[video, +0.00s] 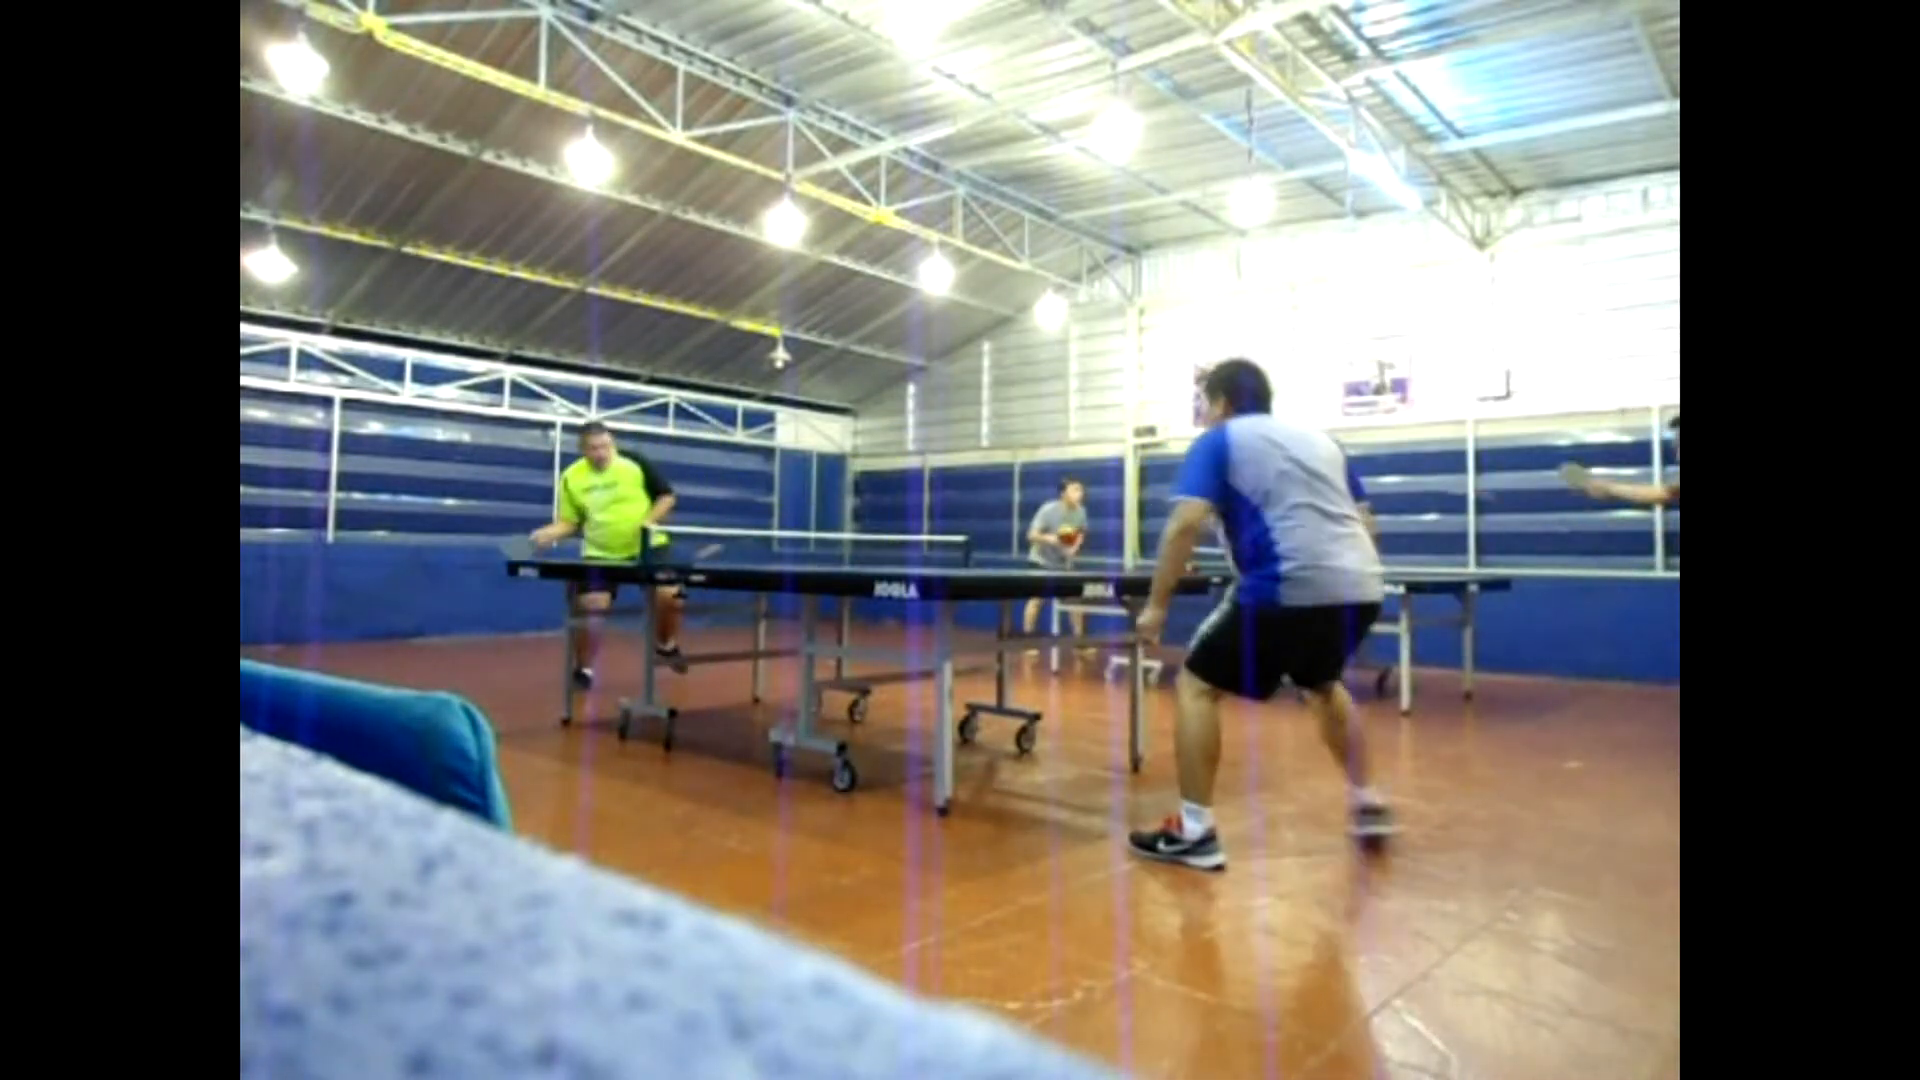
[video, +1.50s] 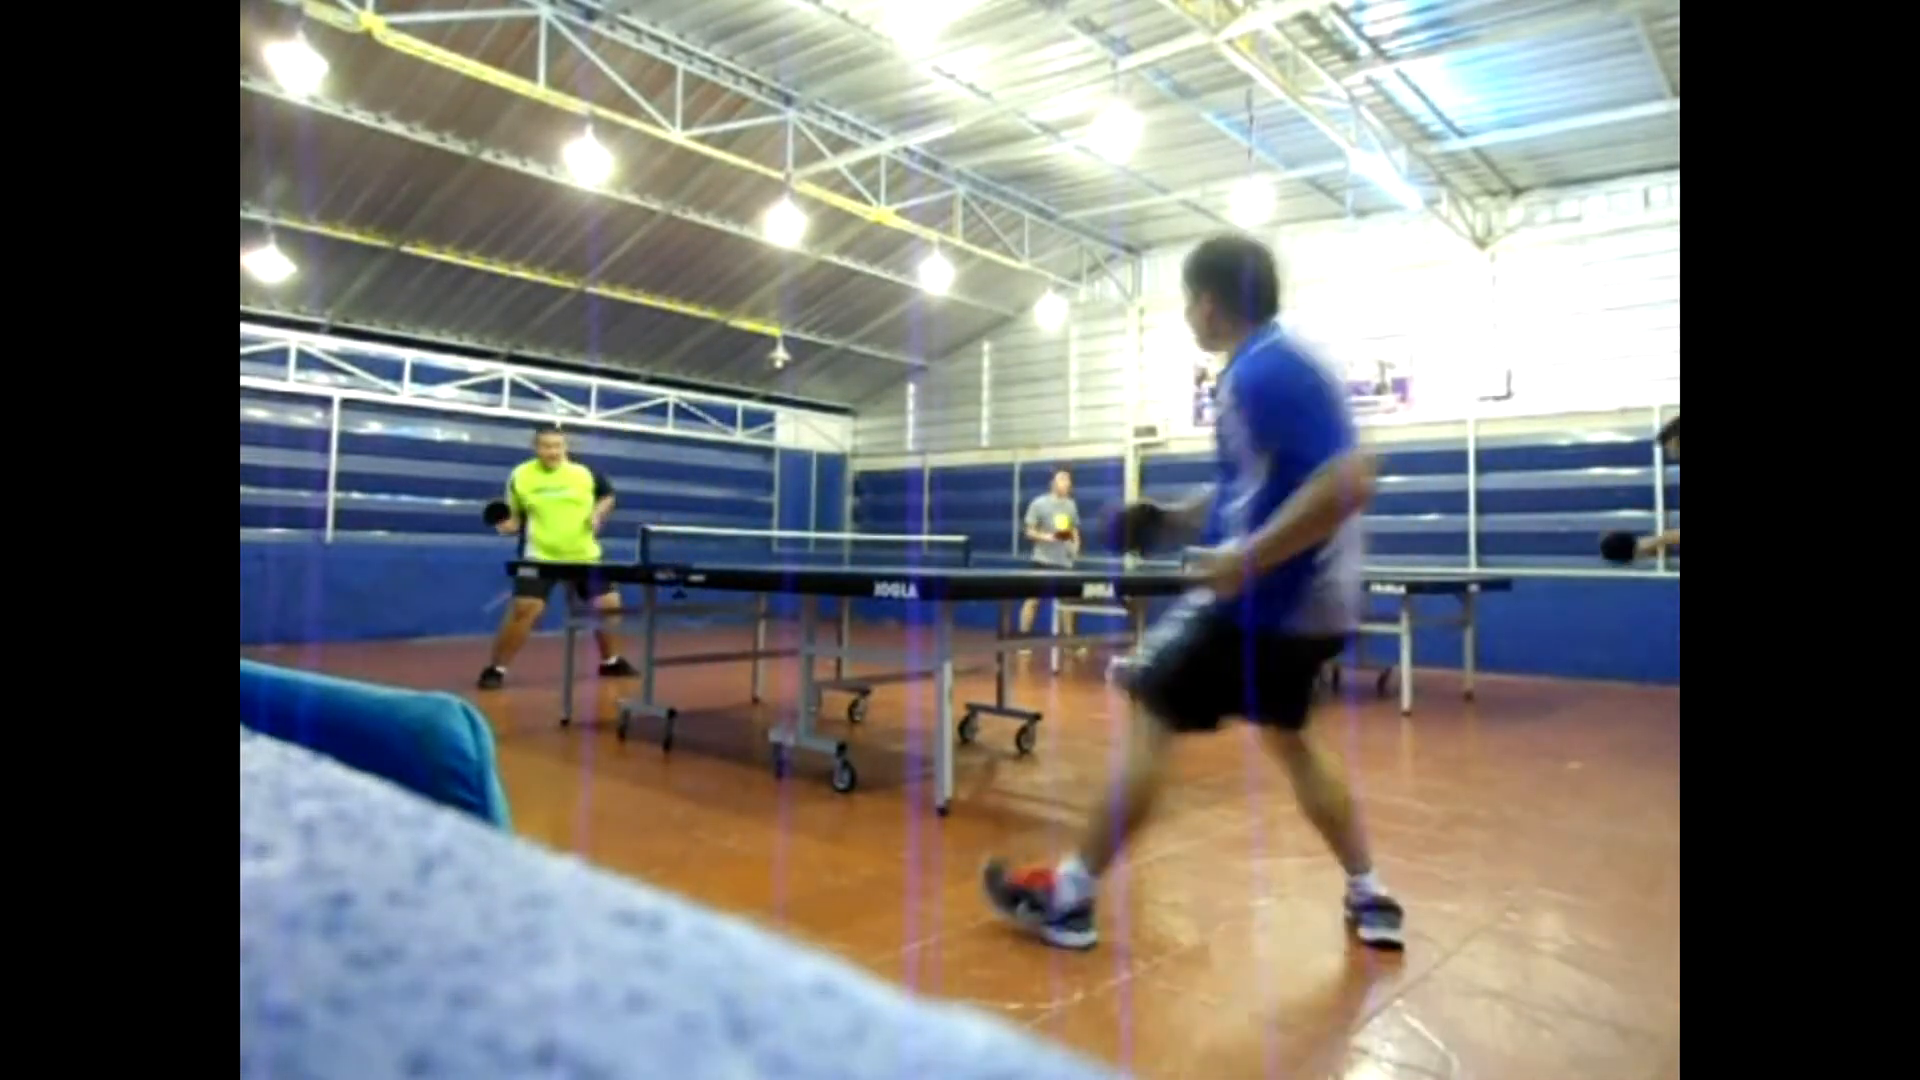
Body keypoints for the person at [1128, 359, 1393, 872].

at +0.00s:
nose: (1201, 414)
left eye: (1204, 403)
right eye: (1201, 403)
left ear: (1224, 402)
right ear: (1264, 401)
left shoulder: (1217, 442)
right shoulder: (1320, 442)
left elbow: (1187, 523)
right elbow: (1364, 520)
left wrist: (1156, 608)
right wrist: (1363, 586)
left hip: (1283, 592)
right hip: (1359, 591)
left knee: (1197, 686)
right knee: (1323, 682)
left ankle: (1193, 828)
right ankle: (1366, 799)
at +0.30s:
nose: (1268, 388)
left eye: (1273, 376)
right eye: (1269, 376)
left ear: (1295, 376)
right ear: (1331, 379)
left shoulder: (1301, 412)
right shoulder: (1367, 423)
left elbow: (1313, 472)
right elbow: (1386, 508)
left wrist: (1275, 568)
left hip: (1346, 589)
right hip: (1412, 591)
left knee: (1240, 669)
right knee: (1404, 703)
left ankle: (1228, 821)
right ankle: (1466, 821)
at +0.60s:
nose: (1264, 393)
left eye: (1268, 383)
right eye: (1265, 383)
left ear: (1287, 379)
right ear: (1327, 380)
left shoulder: (1289, 412)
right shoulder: (1376, 439)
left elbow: (1258, 476)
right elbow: (1379, 520)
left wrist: (1197, 534)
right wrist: (1279, 527)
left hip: (1317, 594)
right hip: (1391, 599)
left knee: (1231, 698)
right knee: (1386, 712)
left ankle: (1206, 859)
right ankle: (1447, 826)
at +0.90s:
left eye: (1245, 403)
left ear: (1248, 405)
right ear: (1311, 413)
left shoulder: (1198, 444)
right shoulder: (1317, 443)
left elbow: (1123, 490)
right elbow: (1327, 508)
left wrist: (1184, 521)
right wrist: (1397, 606)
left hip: (1164, 624)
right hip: (1260, 627)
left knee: (1126, 754)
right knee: (1321, 725)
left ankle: (1074, 871)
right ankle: (1363, 843)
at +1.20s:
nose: (1132, 353)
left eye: (1130, 342)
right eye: (1134, 342)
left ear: (1139, 341)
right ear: (1204, 328)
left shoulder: (1142, 406)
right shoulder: (1268, 377)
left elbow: (1096, 521)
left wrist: (1068, 484)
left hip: (1167, 618)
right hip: (1268, 617)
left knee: (1074, 718)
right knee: (1302, 725)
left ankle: (1061, 898)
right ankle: (1359, 874)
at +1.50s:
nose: (1189, 314)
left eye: (1193, 298)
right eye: (1189, 298)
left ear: (1219, 300)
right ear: (1254, 298)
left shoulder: (1270, 369)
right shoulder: (1263, 370)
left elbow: (1345, 478)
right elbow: (1257, 492)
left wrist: (1249, 557)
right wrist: (1173, 518)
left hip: (1262, 602)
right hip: (1310, 606)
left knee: (1153, 705)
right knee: (1287, 732)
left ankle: (1072, 890)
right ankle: (1368, 892)